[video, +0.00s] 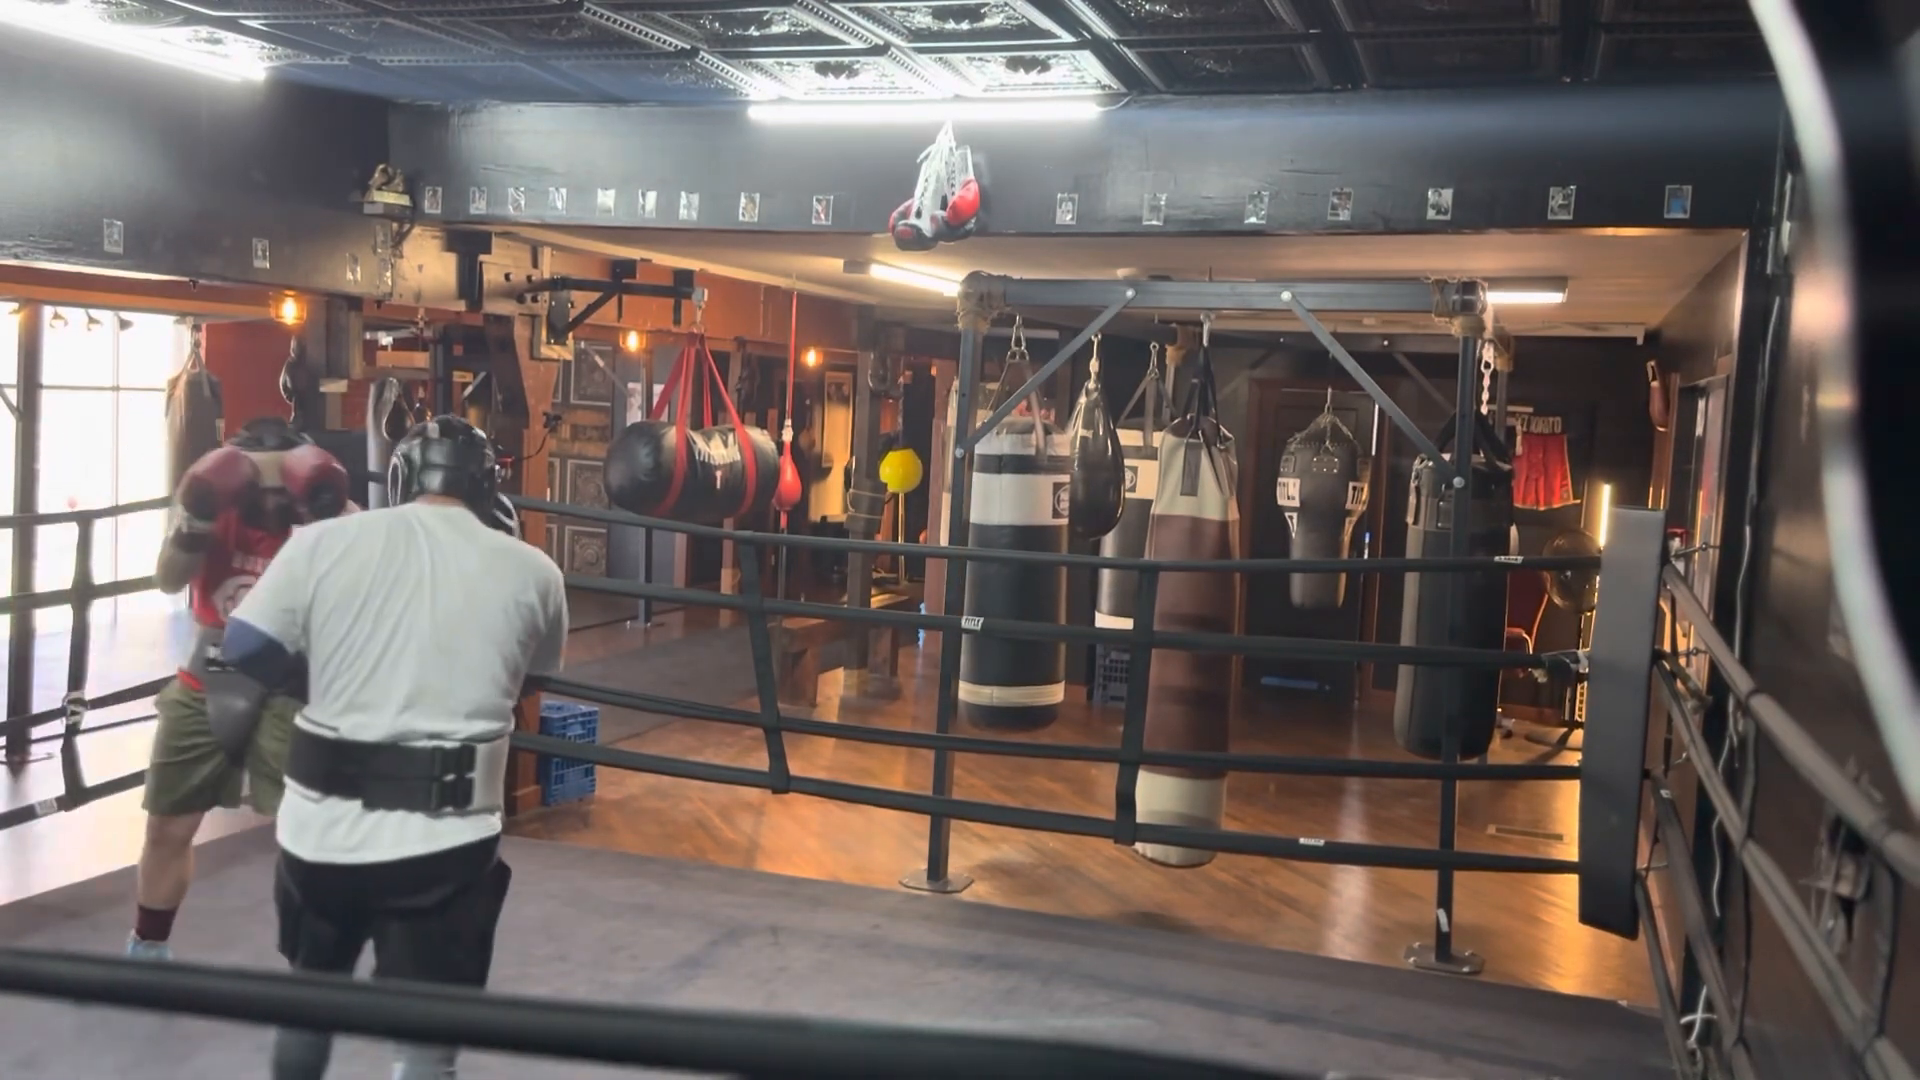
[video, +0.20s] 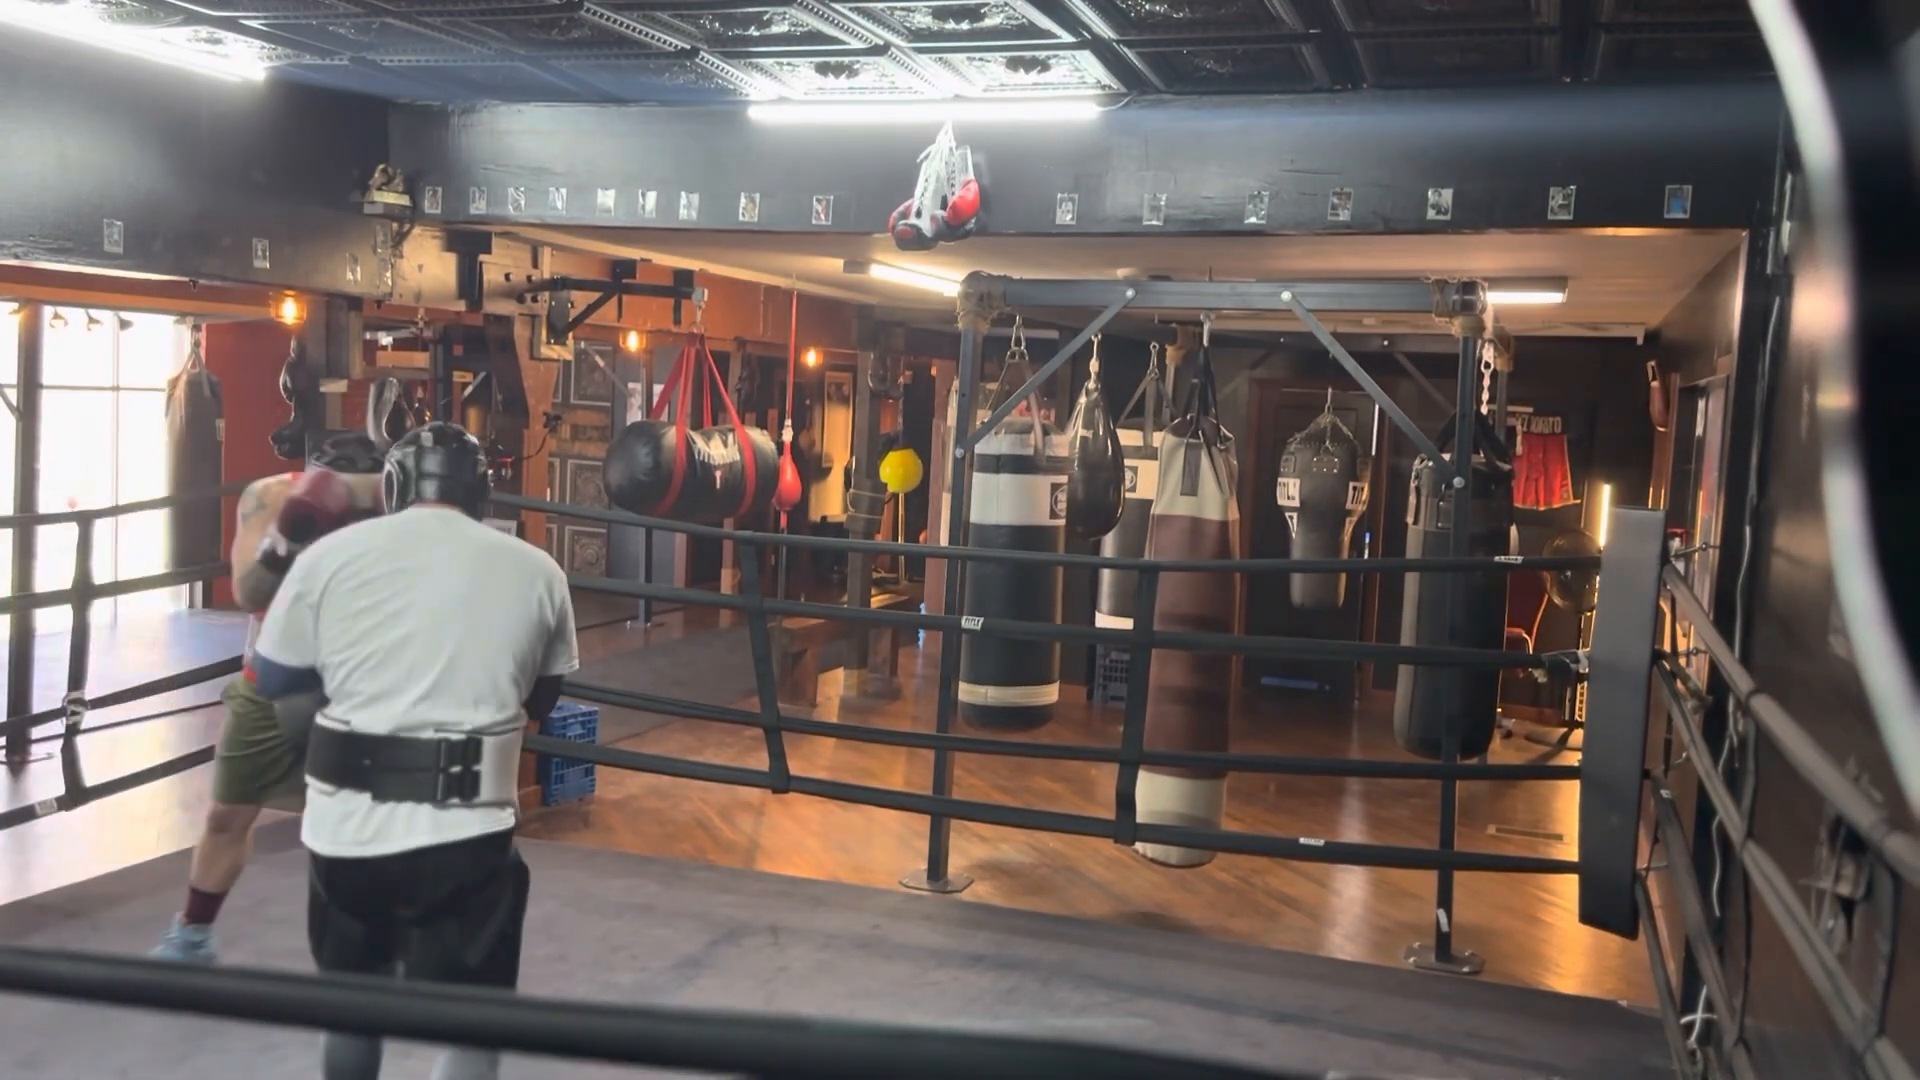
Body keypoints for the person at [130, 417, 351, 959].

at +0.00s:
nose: (266, 486)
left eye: (277, 473)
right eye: (252, 475)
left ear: (298, 467)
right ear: (232, 473)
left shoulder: (322, 519)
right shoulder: (218, 511)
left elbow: (361, 571)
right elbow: (169, 578)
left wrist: (332, 514)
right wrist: (194, 516)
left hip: (290, 689)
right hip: (203, 681)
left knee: (309, 827)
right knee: (167, 827)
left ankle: (322, 959)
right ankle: (146, 956)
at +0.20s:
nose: (325, 479)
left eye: (340, 472)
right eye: (317, 469)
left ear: (356, 473)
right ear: (303, 462)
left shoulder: (381, 501)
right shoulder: (262, 497)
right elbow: (249, 594)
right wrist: (284, 540)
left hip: (354, 689)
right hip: (266, 684)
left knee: (365, 817)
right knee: (226, 817)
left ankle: (380, 945)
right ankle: (192, 931)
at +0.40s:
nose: (370, 484)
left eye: (385, 478)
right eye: (364, 472)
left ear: (405, 477)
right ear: (345, 466)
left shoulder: (415, 512)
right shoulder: (291, 494)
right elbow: (282, 595)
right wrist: (318, 537)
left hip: (376, 684)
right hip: (286, 681)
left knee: (387, 815)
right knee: (268, 804)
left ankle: (410, 948)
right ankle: (278, 910)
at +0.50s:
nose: (379, 496)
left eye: (392, 486)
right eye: (368, 484)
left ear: (405, 476)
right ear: (335, 470)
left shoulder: (411, 507)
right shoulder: (283, 497)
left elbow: (424, 591)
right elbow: (280, 597)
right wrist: (317, 539)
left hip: (373, 681)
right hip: (292, 682)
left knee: (372, 810)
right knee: (303, 811)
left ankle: (392, 940)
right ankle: (322, 921)